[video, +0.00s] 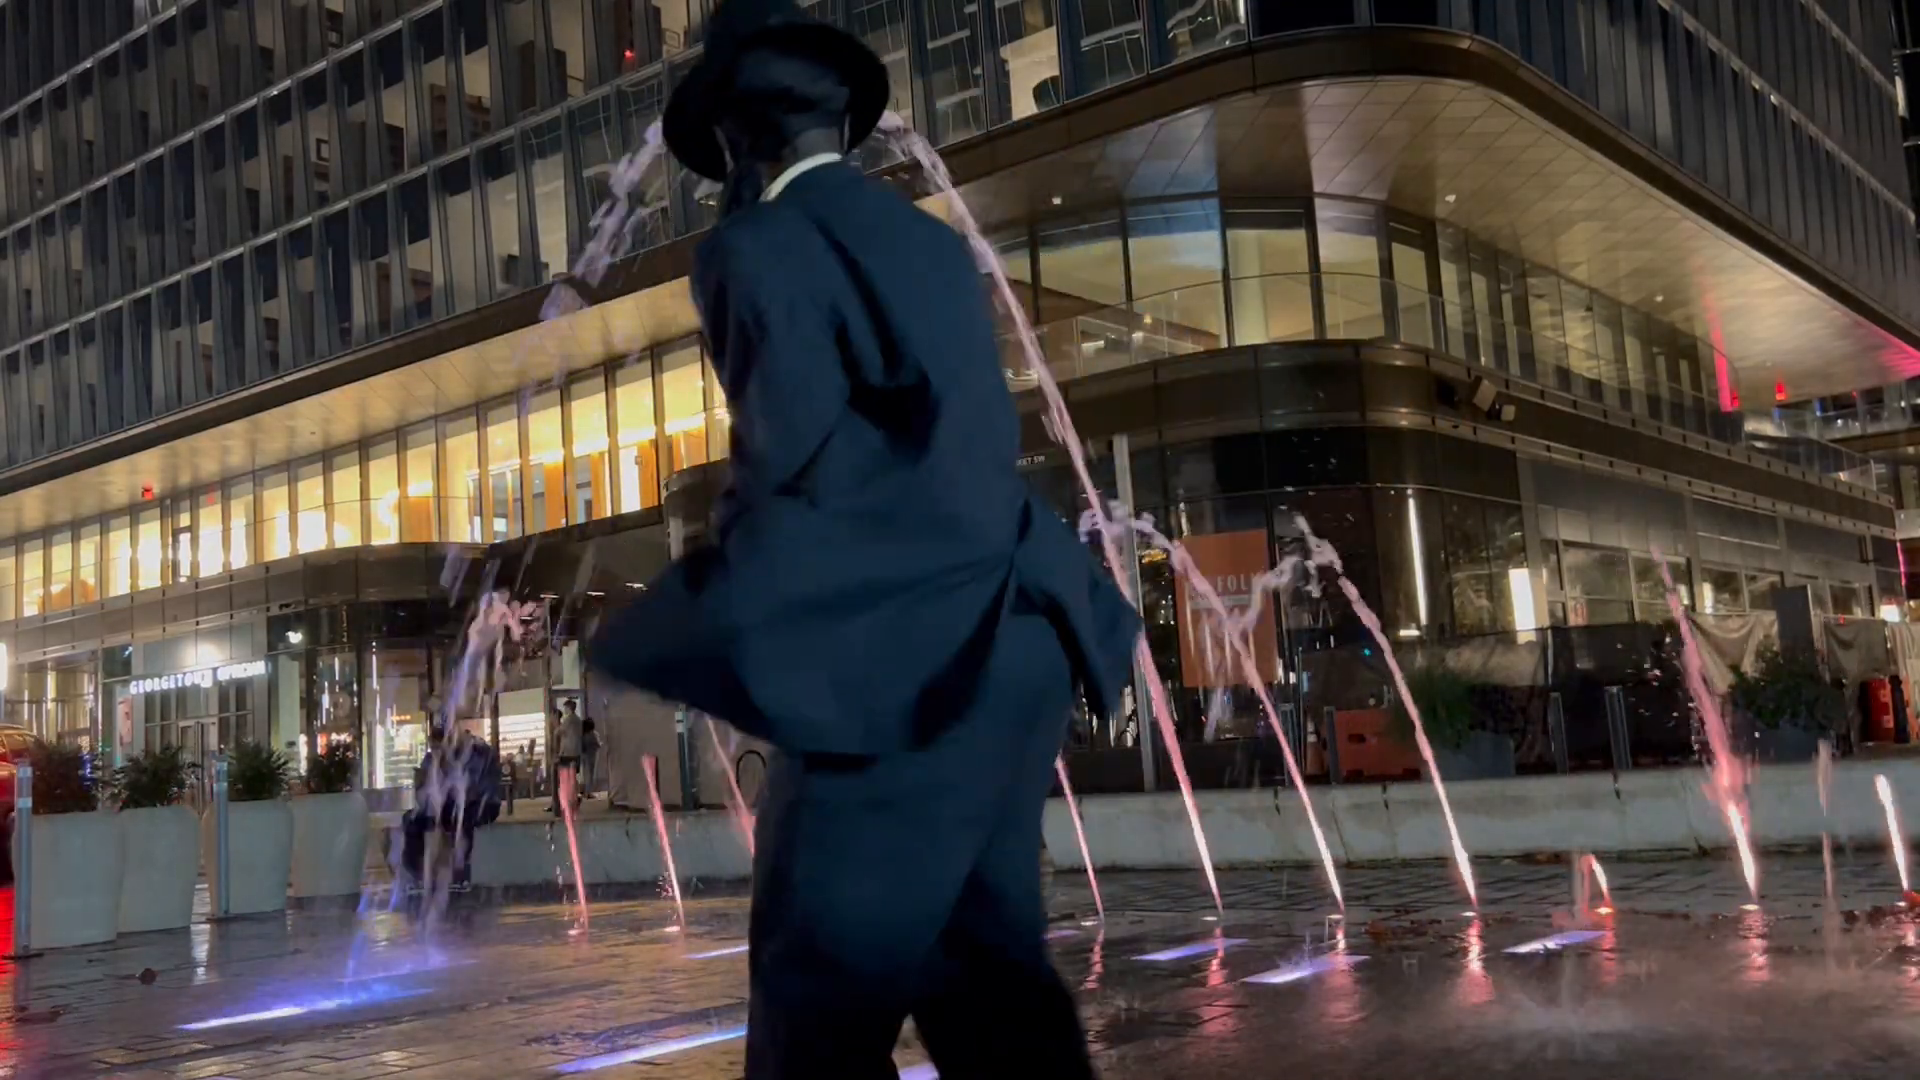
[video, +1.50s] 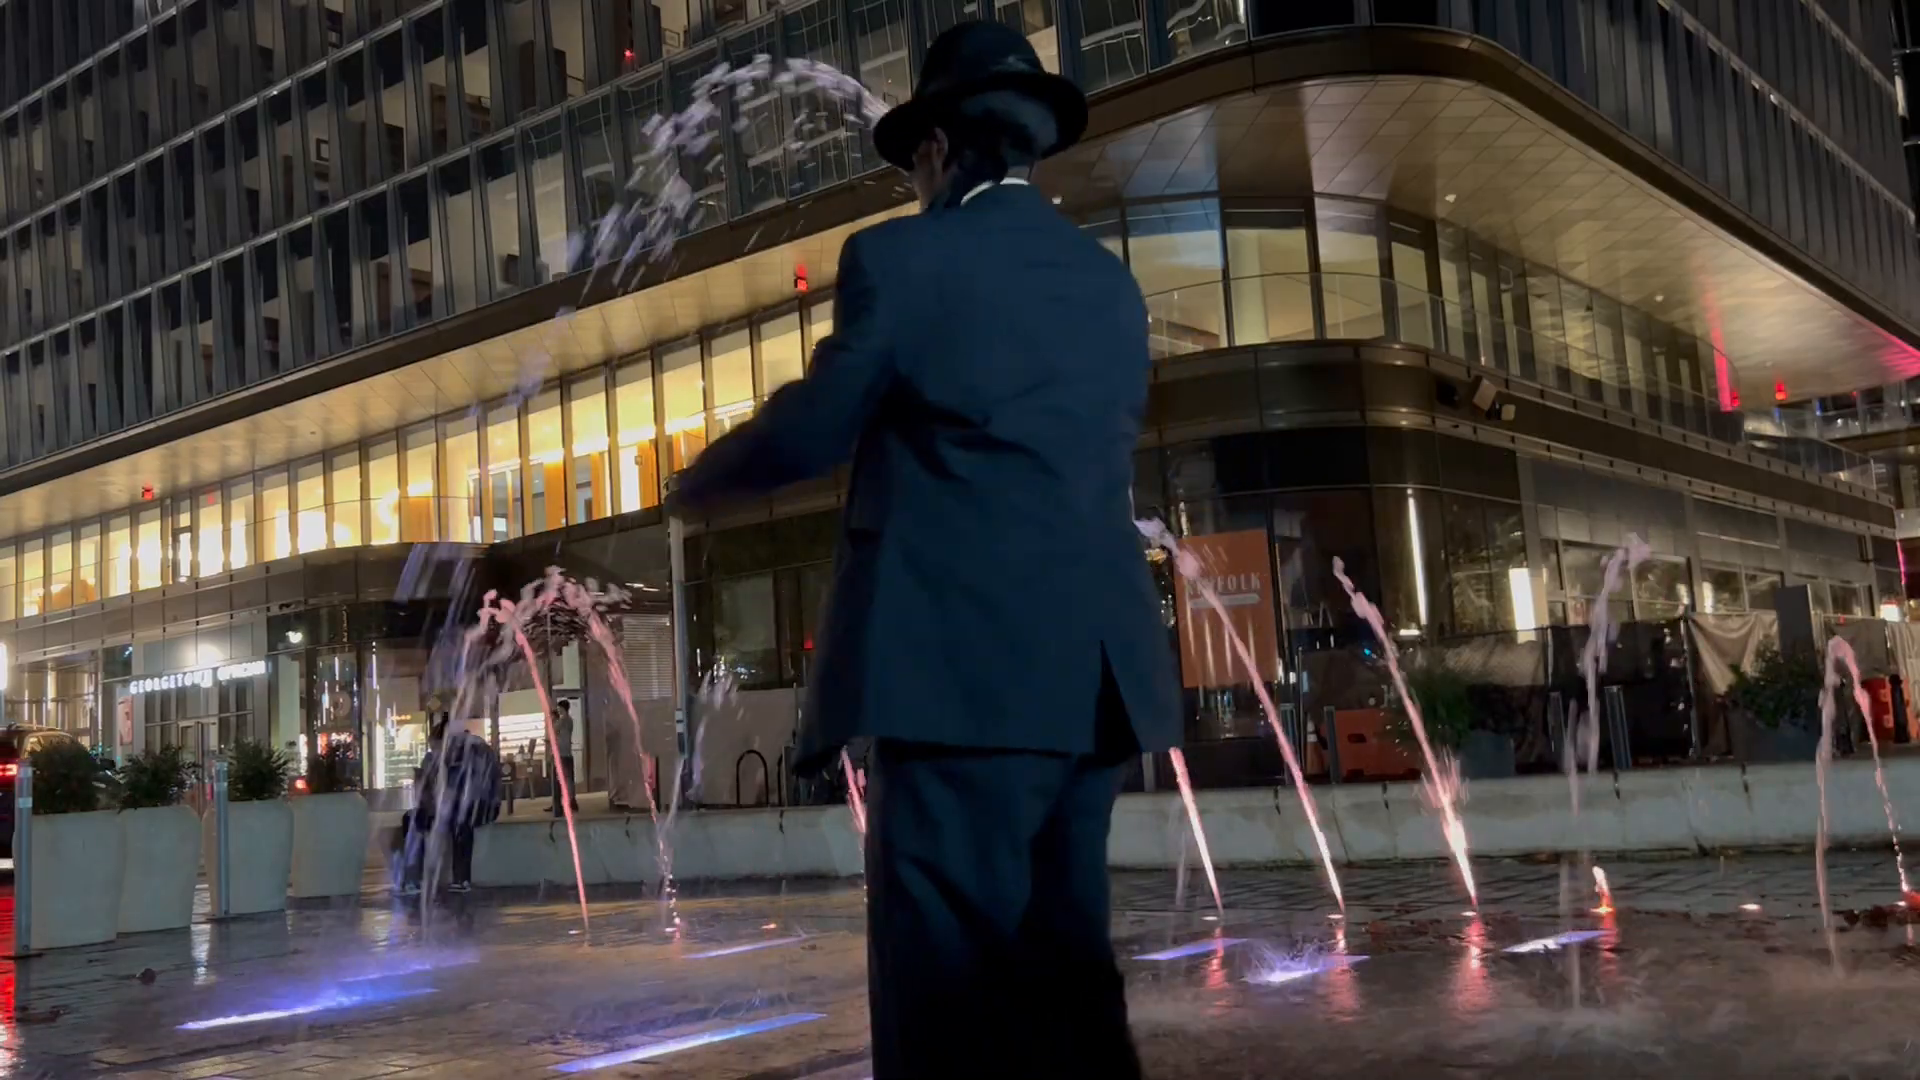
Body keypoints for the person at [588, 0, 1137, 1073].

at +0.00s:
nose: (721, 161)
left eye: (719, 136)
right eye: (718, 139)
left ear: (736, 133)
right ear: (849, 122)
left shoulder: (756, 240)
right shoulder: (935, 237)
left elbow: (787, 433)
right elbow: (979, 450)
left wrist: (715, 572)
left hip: (887, 680)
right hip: (1006, 659)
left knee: (814, 1008)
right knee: (992, 980)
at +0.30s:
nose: (786, 244)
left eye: (790, 225)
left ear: (799, 234)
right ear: (913, 223)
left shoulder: (778, 313)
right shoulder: (995, 325)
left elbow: (795, 520)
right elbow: (1076, 514)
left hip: (932, 723)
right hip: (1074, 721)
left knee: (849, 1029)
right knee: (1073, 1003)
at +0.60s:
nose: (1045, 266)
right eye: (1055, 253)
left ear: (953, 267)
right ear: (1070, 265)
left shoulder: (891, 348)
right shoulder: (1151, 362)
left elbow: (893, 536)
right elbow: (1181, 528)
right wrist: (1115, 616)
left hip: (992, 672)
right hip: (1147, 665)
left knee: (1038, 964)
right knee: (1146, 952)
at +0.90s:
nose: (942, 256)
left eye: (947, 240)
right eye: (948, 241)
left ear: (962, 240)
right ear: (1062, 245)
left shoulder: (928, 314)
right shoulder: (1165, 337)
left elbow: (879, 473)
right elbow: (1275, 465)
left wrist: (872, 567)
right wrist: (1193, 573)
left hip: (1041, 660)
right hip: (1182, 667)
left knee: (979, 929)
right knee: (1144, 941)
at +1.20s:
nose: (919, 205)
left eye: (923, 185)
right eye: (924, 186)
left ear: (941, 183)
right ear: (1040, 189)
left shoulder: (911, 267)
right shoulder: (1143, 315)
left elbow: (849, 434)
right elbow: (1210, 480)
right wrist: (1099, 481)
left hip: (980, 678)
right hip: (1132, 684)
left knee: (952, 998)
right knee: (1097, 977)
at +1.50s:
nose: (910, 181)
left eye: (913, 157)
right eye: (911, 161)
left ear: (943, 146)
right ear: (1031, 149)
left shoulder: (899, 258)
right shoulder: (1111, 279)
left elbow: (822, 420)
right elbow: (1081, 444)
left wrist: (702, 479)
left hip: (954, 680)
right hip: (1100, 680)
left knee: (938, 987)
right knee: (1069, 970)